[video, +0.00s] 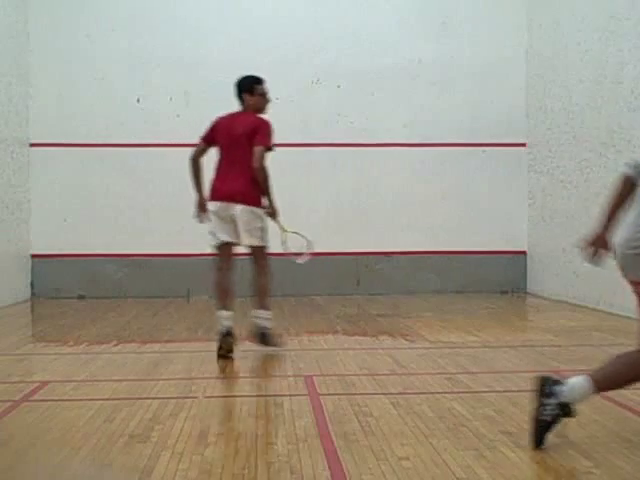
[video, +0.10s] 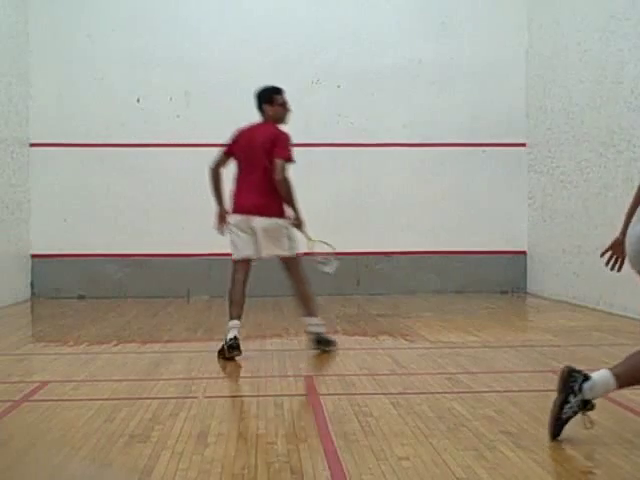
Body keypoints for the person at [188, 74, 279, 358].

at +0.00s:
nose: (267, 99)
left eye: (266, 94)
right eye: (263, 94)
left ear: (244, 97)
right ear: (248, 96)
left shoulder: (222, 122)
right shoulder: (261, 124)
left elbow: (196, 156)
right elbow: (257, 164)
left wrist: (200, 196)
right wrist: (270, 200)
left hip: (219, 199)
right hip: (248, 201)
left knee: (223, 262)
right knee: (260, 261)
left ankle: (225, 325)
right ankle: (261, 323)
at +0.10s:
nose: (287, 109)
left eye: (286, 104)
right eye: (282, 104)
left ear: (264, 108)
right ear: (268, 107)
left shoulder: (242, 134)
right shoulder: (279, 136)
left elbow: (216, 167)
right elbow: (279, 176)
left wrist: (221, 207)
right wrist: (296, 212)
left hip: (240, 214)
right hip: (270, 215)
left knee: (239, 273)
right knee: (294, 270)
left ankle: (232, 335)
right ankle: (315, 329)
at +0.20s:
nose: (307, 111)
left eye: (305, 106)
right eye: (302, 107)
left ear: (285, 112)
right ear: (288, 110)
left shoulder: (265, 139)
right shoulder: (302, 138)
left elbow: (240, 176)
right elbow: (302, 178)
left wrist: (240, 218)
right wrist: (317, 214)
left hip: (268, 219)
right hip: (298, 218)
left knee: (257, 274)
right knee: (314, 274)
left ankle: (240, 327)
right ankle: (326, 332)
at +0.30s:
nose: (324, 102)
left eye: (322, 97)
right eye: (319, 98)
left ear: (301, 102)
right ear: (305, 101)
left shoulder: (282, 131)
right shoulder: (323, 128)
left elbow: (263, 171)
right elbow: (326, 165)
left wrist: (266, 212)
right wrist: (340, 203)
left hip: (289, 205)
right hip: (320, 205)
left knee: (281, 261)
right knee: (329, 263)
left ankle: (271, 320)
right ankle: (329, 323)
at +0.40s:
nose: (341, 101)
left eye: (340, 96)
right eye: (338, 96)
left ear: (317, 101)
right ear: (328, 99)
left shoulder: (300, 129)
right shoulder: (341, 126)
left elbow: (286, 170)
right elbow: (348, 166)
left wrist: (293, 202)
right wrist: (363, 204)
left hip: (303, 202)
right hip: (335, 202)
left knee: (304, 261)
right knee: (351, 257)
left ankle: (298, 319)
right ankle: (347, 311)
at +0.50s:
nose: (362, 116)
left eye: (360, 112)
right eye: (359, 112)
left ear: (339, 115)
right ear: (353, 114)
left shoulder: (321, 141)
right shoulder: (358, 142)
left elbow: (308, 182)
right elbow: (371, 185)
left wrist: (322, 206)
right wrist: (388, 220)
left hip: (319, 216)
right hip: (347, 216)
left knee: (315, 273)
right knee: (378, 262)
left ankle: (305, 331)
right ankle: (391, 321)